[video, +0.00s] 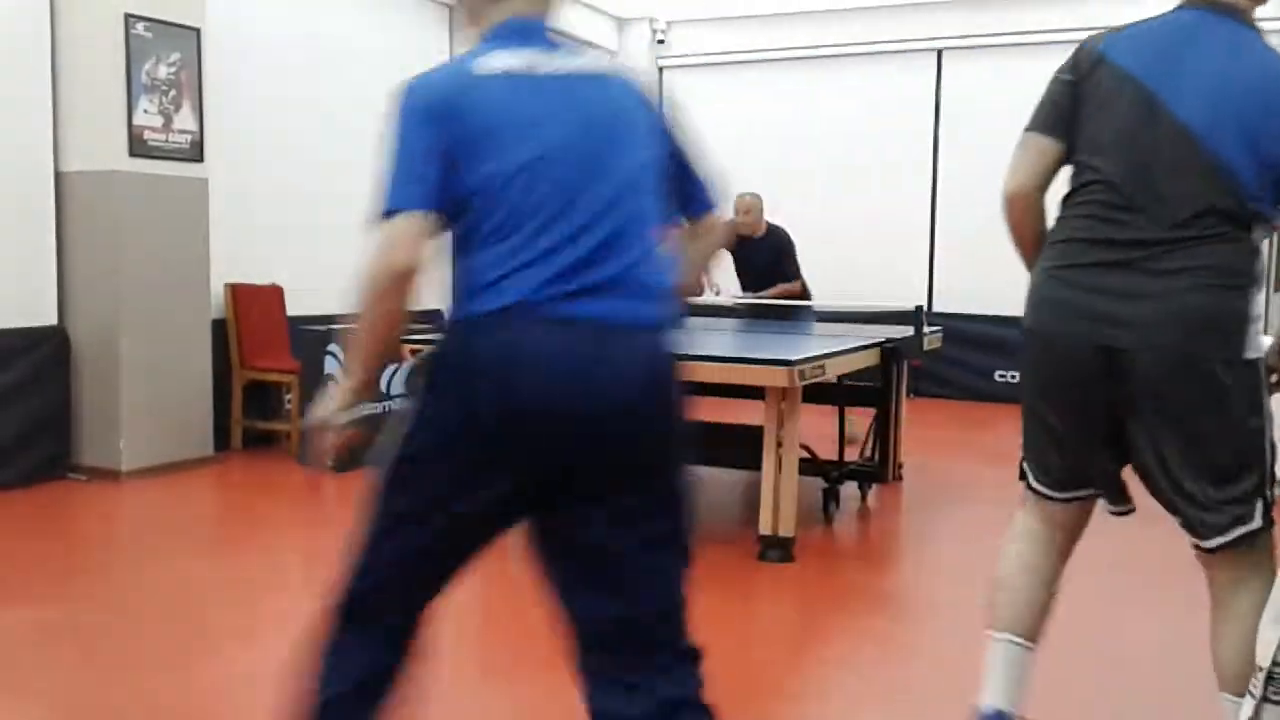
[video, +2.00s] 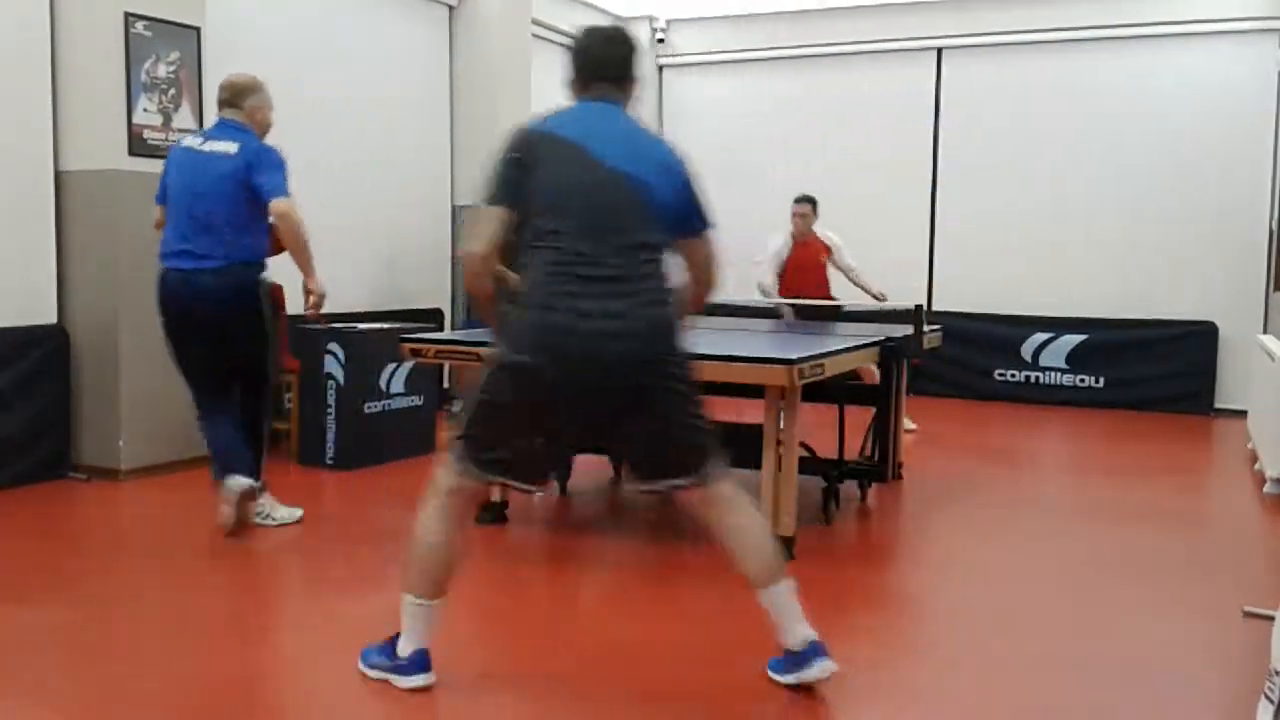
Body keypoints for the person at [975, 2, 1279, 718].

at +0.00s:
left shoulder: (1102, 51)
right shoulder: (1267, 75)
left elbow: (1020, 190)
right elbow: (1271, 227)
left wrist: (1056, 283)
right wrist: (1273, 344)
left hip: (1066, 321)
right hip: (1191, 339)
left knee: (1045, 509)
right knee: (1240, 559)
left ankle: (995, 705)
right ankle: (1248, 710)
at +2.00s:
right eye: (625, 77)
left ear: (571, 78)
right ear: (631, 82)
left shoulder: (534, 142)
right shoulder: (658, 155)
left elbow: (478, 262)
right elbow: (704, 277)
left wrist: (513, 325)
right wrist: (659, 322)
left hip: (543, 359)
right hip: (642, 360)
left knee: (453, 484)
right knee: (716, 488)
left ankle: (410, 649)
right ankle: (801, 640)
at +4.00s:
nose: (227, 20)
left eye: (221, 13)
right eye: (226, 12)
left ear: (153, 9)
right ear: (214, 9)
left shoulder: (112, 75)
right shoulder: (205, 80)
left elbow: (80, 207)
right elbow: (216, 209)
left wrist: (89, 289)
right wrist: (258, 320)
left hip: (128, 310)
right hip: (184, 314)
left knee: (169, 483)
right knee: (222, 483)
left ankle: (164, 654)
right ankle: (79, 655)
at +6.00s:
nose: (591, 127)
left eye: (592, 118)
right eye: (592, 118)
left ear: (537, 105)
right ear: (581, 115)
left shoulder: (480, 153)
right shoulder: (561, 176)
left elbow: (434, 240)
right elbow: (575, 283)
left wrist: (502, 264)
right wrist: (620, 277)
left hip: (440, 323)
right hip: (508, 331)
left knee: (425, 435)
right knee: (586, 456)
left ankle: (374, 559)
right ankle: (591, 618)